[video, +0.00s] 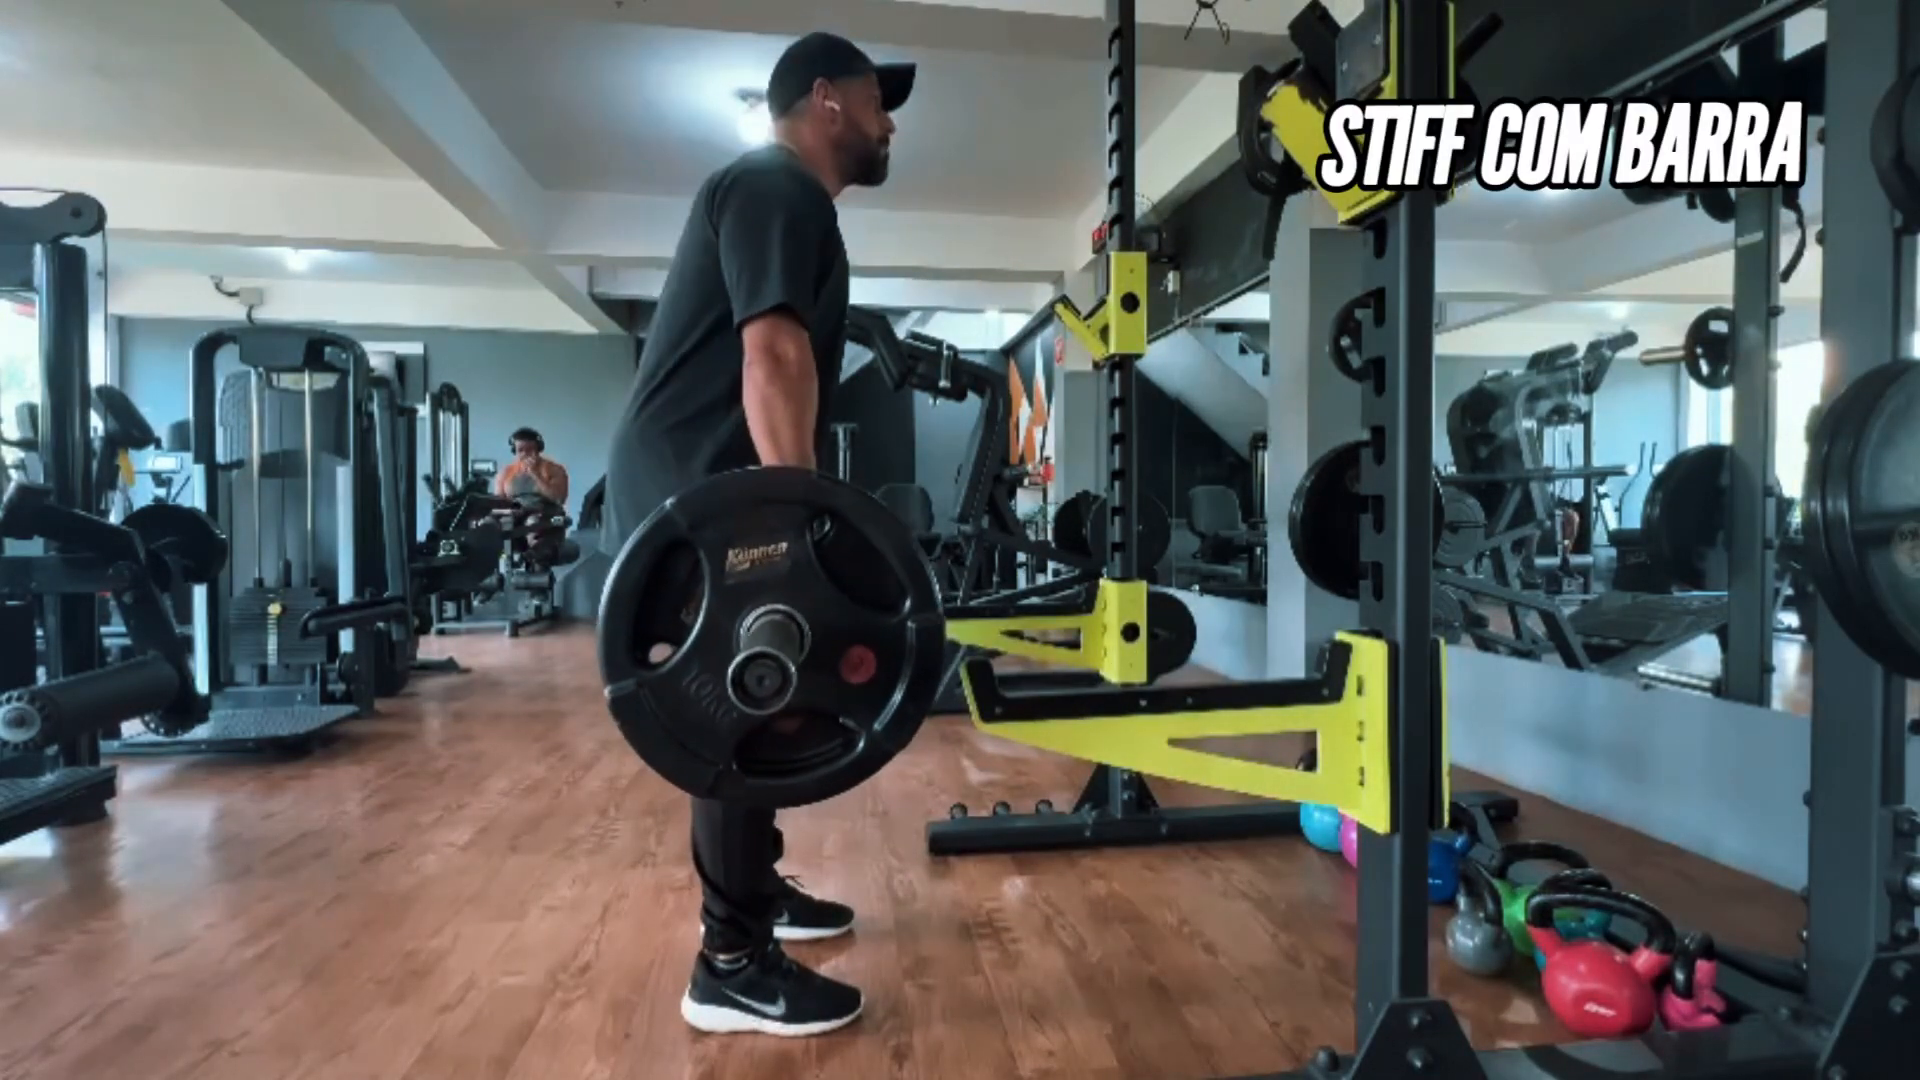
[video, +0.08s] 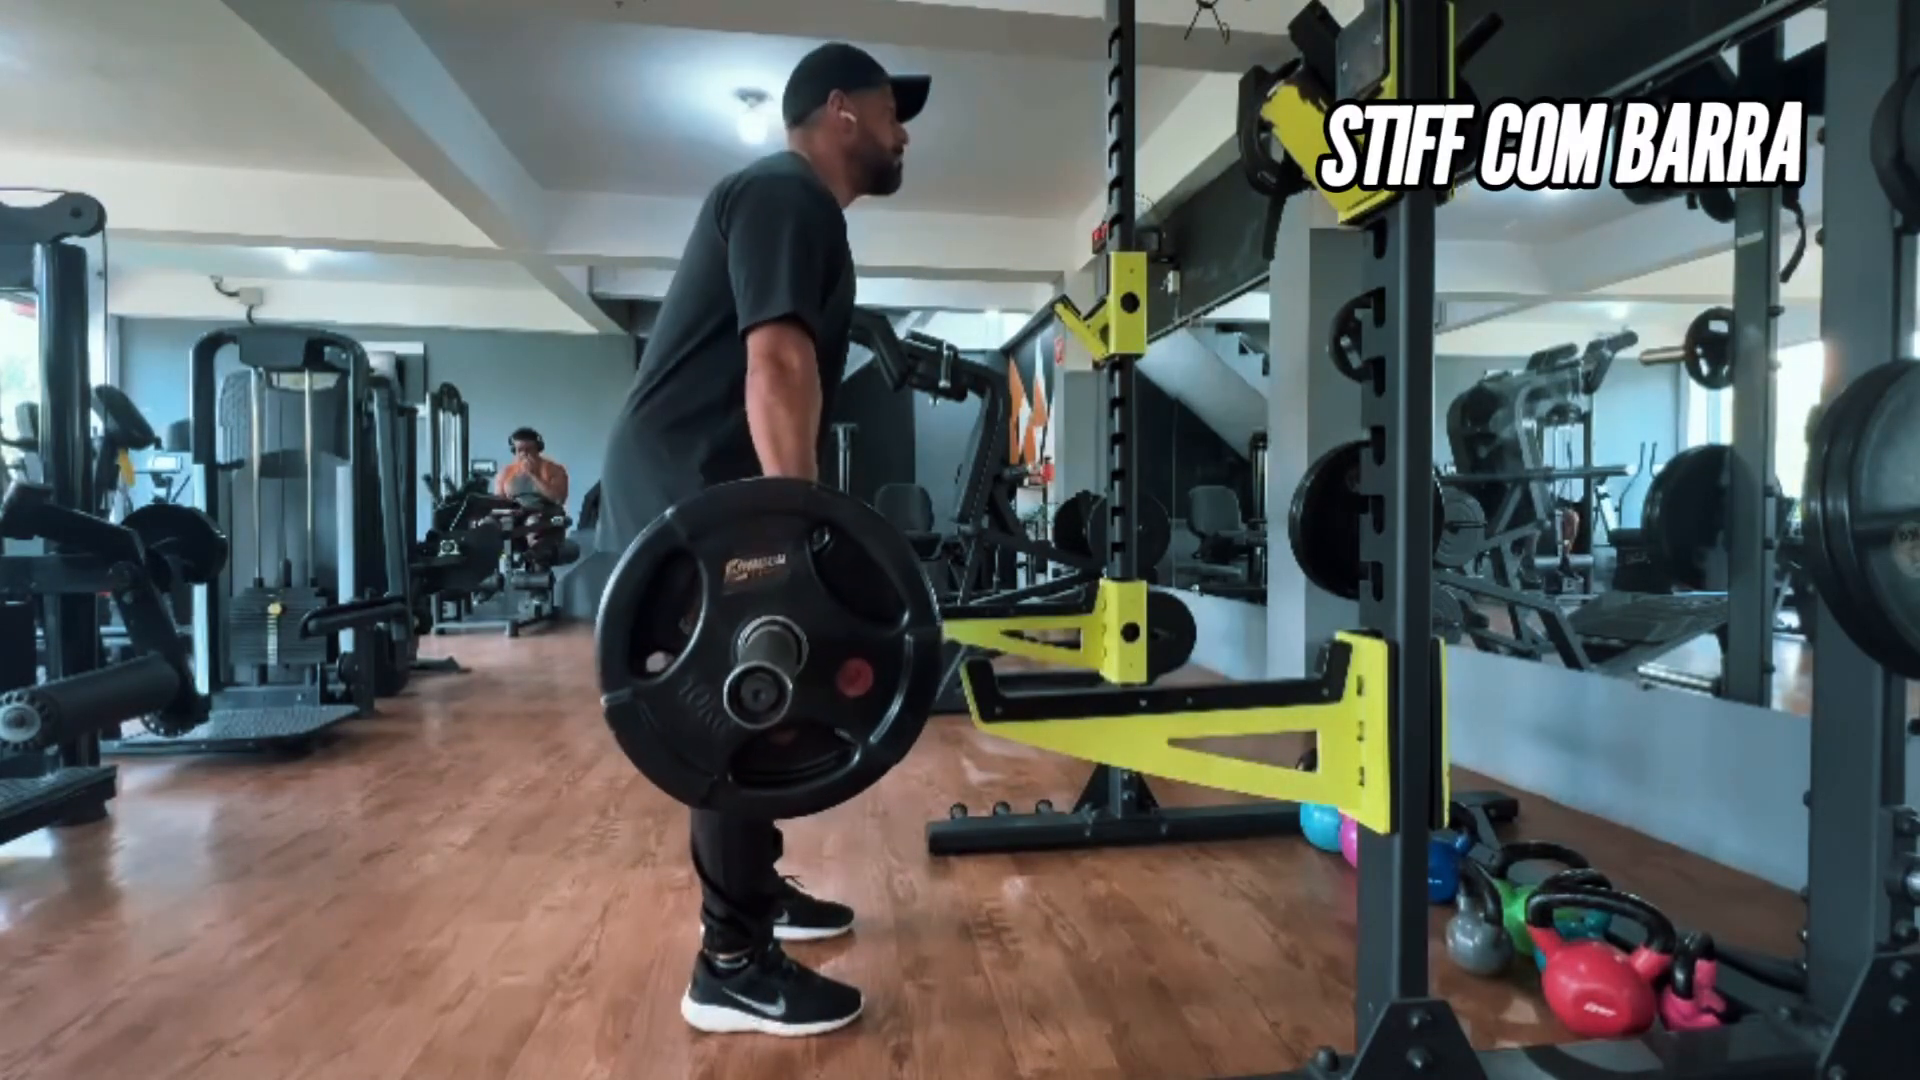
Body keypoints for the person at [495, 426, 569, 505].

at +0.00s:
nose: (525, 454)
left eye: (529, 449)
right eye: (520, 450)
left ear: (538, 449)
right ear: (515, 452)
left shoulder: (556, 471)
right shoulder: (506, 473)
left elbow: (558, 499)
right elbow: (500, 501)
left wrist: (534, 474)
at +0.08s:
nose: (524, 454)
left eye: (528, 449)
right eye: (520, 450)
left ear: (538, 449)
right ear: (514, 451)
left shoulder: (555, 471)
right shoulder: (506, 473)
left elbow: (558, 499)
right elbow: (500, 501)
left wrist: (532, 475)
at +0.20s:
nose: (525, 454)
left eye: (529, 449)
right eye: (520, 450)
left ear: (538, 450)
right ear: (514, 451)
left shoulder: (556, 471)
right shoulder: (507, 473)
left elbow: (557, 499)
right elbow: (500, 500)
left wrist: (532, 474)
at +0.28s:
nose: (524, 454)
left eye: (529, 449)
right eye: (521, 449)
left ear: (538, 449)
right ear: (515, 450)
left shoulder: (554, 470)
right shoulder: (508, 472)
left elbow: (555, 497)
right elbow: (500, 500)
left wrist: (531, 472)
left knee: (532, 524)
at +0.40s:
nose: (525, 454)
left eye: (529, 449)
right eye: (521, 449)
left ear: (539, 449)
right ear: (516, 450)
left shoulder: (554, 470)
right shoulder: (508, 472)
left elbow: (553, 495)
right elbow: (500, 499)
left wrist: (531, 471)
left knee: (533, 524)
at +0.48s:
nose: (525, 453)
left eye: (530, 449)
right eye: (522, 448)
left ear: (539, 450)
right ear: (516, 449)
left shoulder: (555, 470)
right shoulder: (507, 472)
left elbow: (552, 495)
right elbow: (500, 499)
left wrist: (530, 471)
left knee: (532, 523)